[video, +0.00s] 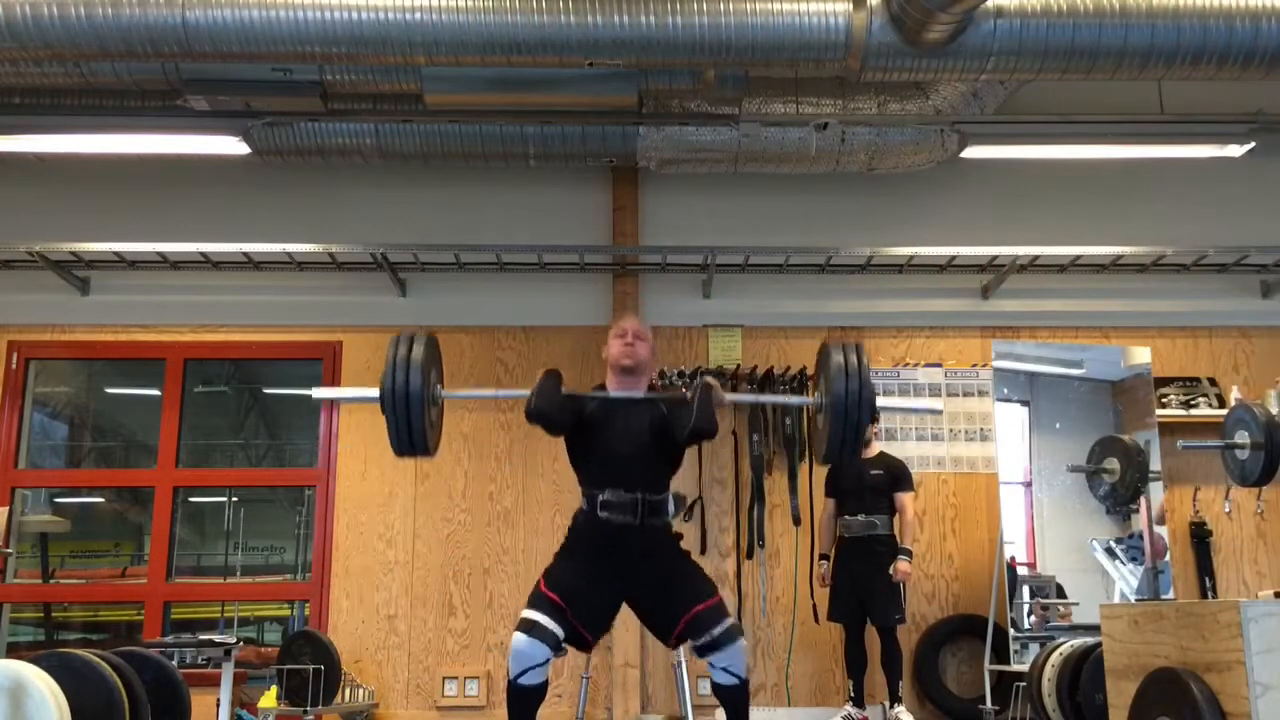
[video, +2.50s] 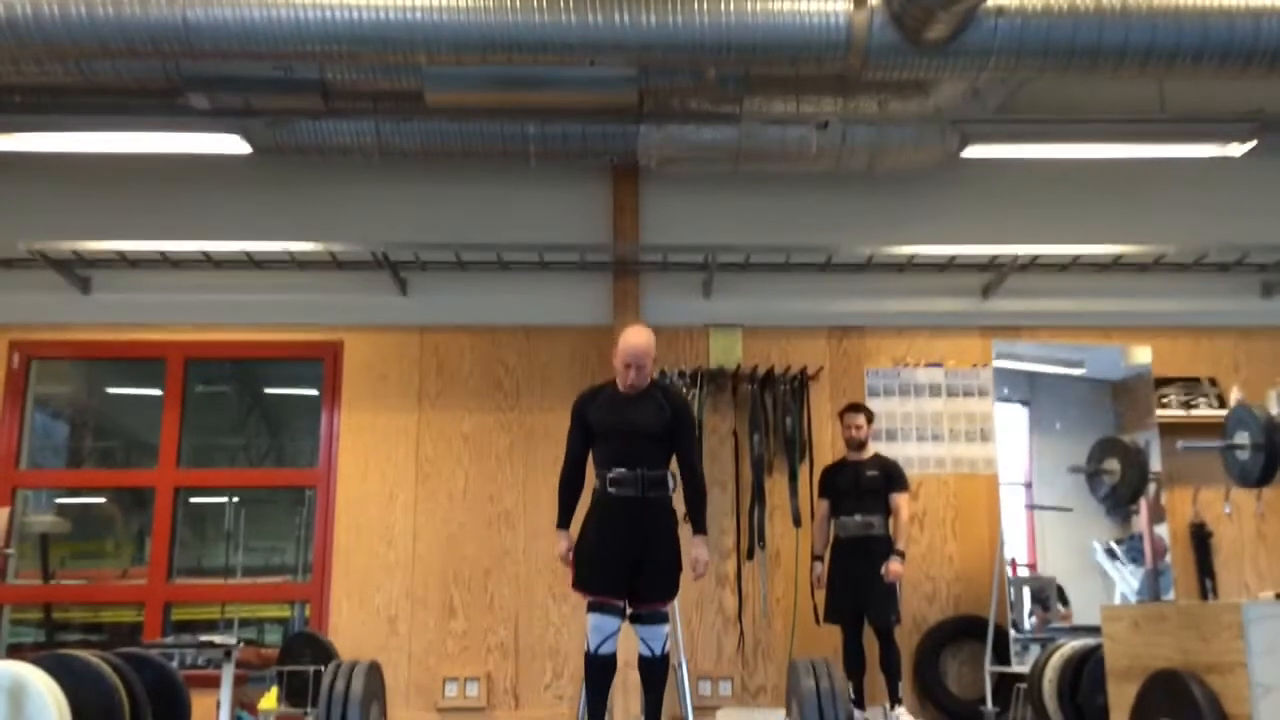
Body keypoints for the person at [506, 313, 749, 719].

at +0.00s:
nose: (629, 341)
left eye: (639, 338)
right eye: (620, 335)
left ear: (653, 360)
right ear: (605, 353)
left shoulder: (668, 409)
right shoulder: (583, 406)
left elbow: (702, 426)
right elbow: (545, 411)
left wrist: (703, 391)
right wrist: (550, 379)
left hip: (655, 549)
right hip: (590, 546)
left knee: (729, 649)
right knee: (526, 650)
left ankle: (738, 718)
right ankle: (521, 718)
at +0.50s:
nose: (642, 290)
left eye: (652, 286)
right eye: (633, 284)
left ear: (664, 306)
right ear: (616, 302)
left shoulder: (683, 354)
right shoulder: (594, 353)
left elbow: (722, 350)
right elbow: (558, 337)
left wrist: (720, 331)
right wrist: (557, 318)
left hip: (673, 501)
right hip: (609, 499)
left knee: (694, 633)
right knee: (587, 631)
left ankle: (697, 718)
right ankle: (570, 718)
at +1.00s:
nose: (639, 321)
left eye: (649, 312)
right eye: (631, 310)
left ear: (663, 311)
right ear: (615, 306)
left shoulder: (684, 361)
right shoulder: (586, 359)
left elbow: (730, 428)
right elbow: (548, 433)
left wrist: (728, 407)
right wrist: (550, 411)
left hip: (661, 502)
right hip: (600, 500)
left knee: (686, 626)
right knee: (583, 622)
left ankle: (698, 716)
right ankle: (568, 717)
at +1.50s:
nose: (649, 335)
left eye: (658, 325)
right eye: (641, 324)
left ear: (674, 325)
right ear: (628, 322)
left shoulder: (693, 377)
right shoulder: (601, 374)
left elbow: (722, 437)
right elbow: (582, 437)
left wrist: (744, 497)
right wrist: (570, 497)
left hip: (672, 509)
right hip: (615, 507)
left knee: (677, 616)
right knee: (597, 609)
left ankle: (688, 711)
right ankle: (594, 702)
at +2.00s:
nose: (610, 352)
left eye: (619, 344)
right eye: (604, 343)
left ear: (633, 345)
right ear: (591, 341)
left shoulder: (652, 390)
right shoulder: (569, 390)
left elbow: (671, 456)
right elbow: (542, 448)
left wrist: (652, 497)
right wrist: (547, 484)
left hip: (641, 517)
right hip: (590, 518)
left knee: (655, 625)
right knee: (593, 628)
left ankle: (669, 712)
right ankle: (594, 714)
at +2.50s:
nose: (632, 374)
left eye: (641, 366)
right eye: (626, 365)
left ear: (654, 363)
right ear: (614, 359)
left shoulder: (673, 405)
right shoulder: (591, 404)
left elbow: (691, 471)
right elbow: (574, 469)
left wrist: (699, 536)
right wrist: (563, 529)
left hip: (656, 530)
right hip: (605, 528)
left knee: (654, 633)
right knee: (601, 631)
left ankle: (653, 715)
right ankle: (596, 714)